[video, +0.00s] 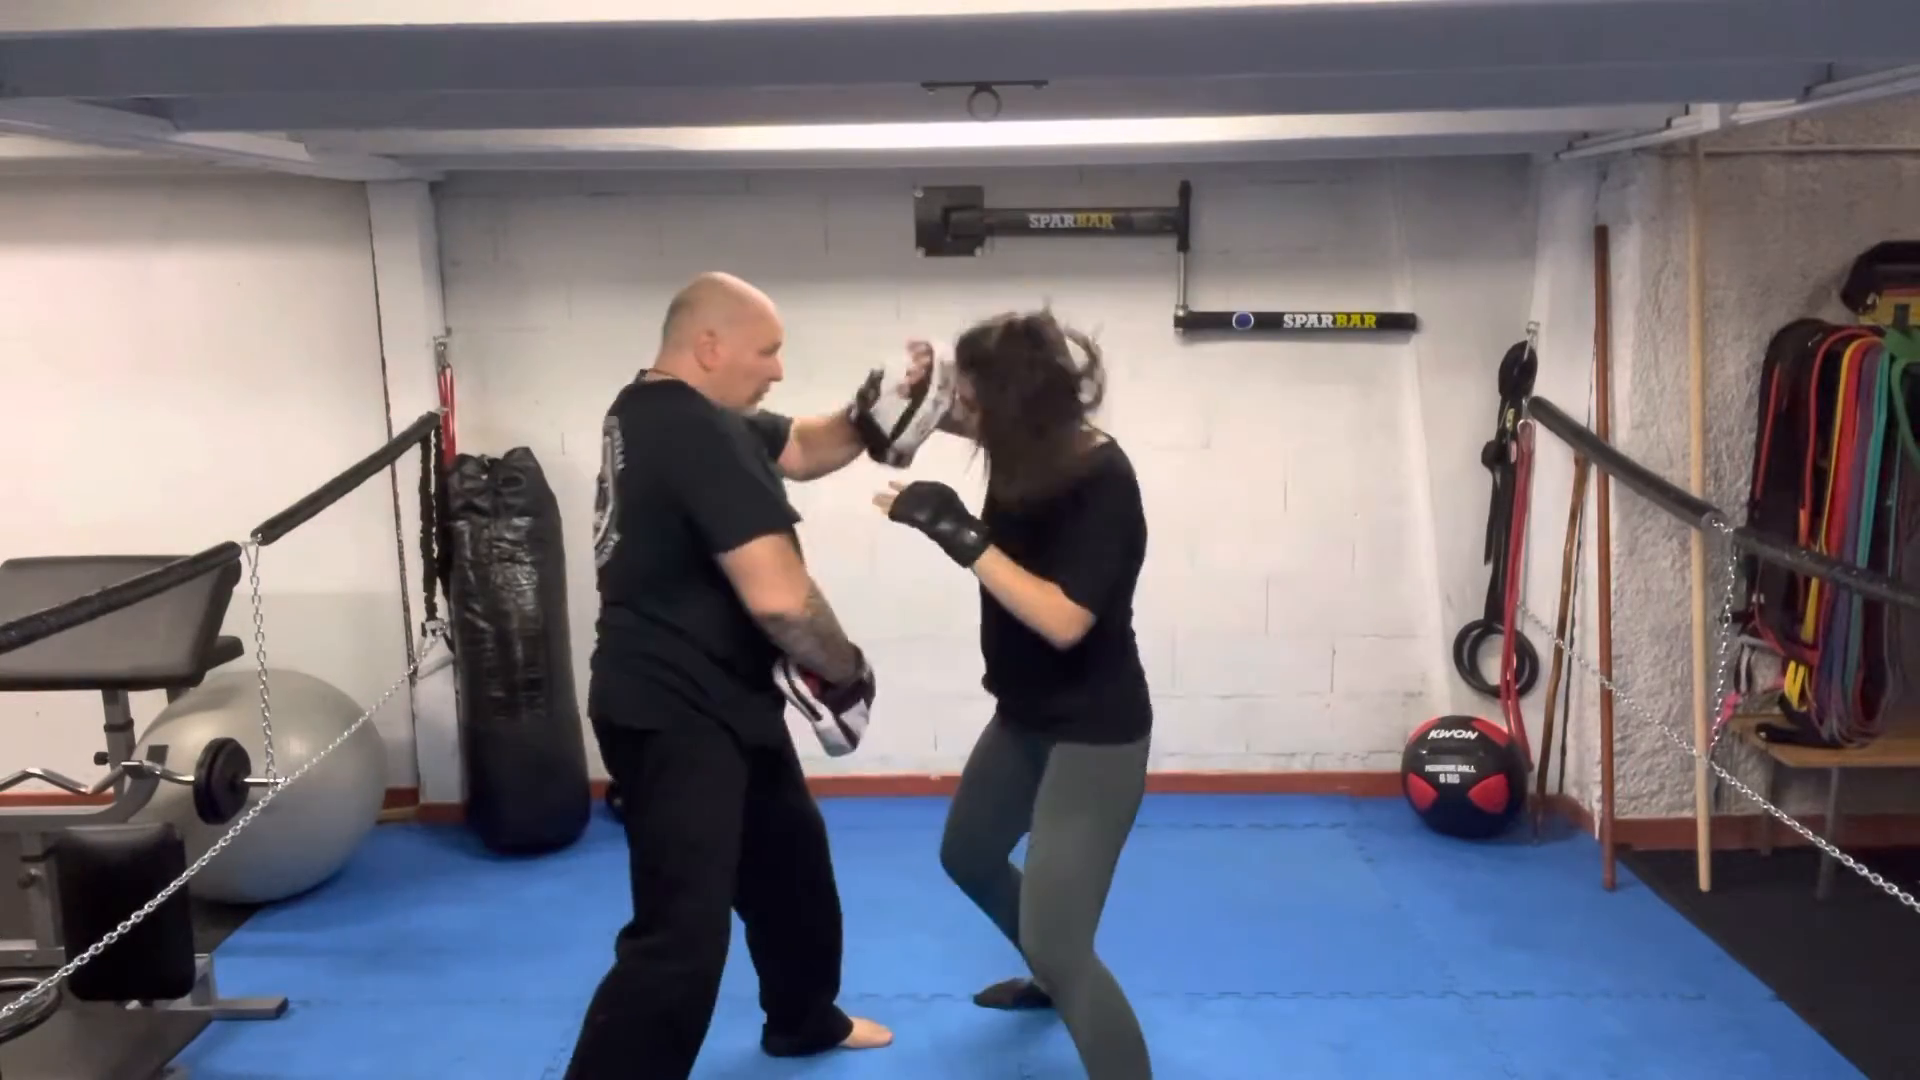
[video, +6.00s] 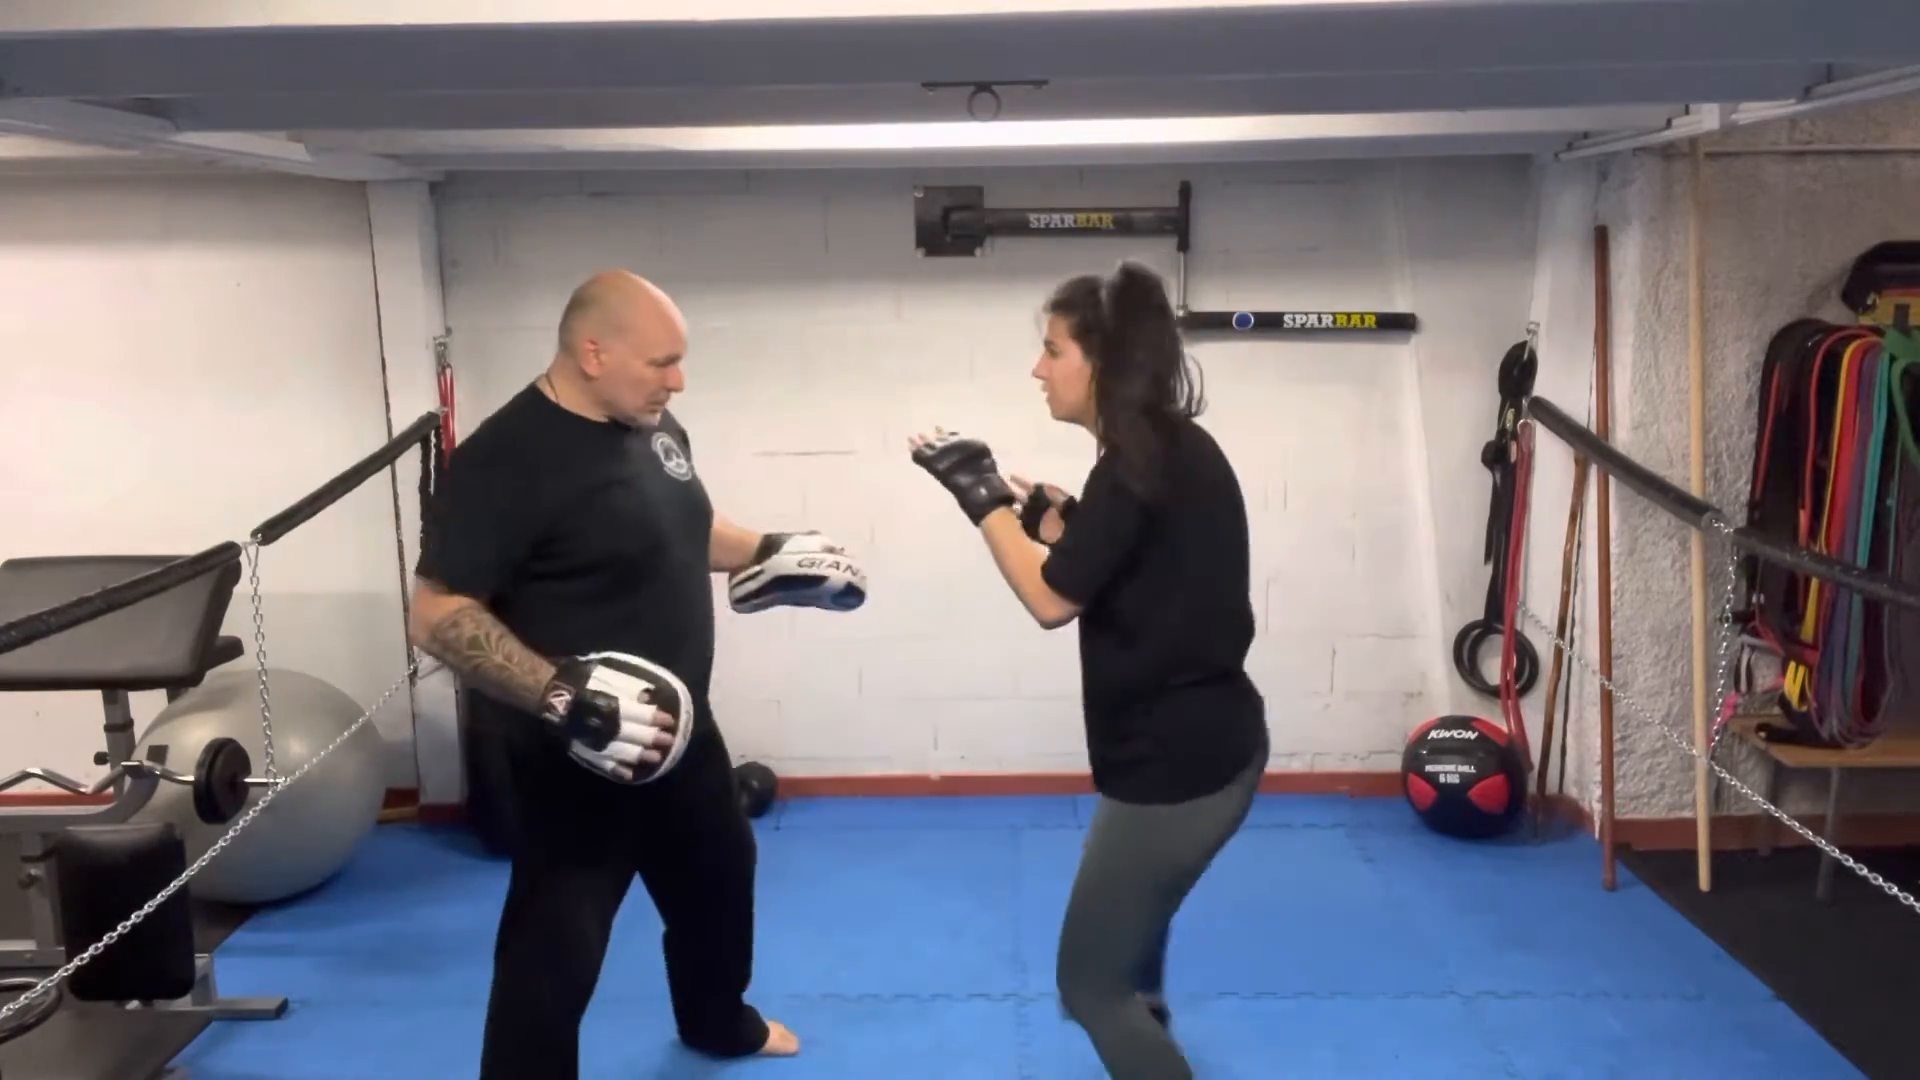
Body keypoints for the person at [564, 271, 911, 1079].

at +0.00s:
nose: (777, 369)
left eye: (777, 352)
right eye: (765, 351)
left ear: (699, 349)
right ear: (706, 347)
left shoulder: (681, 411)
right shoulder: (693, 427)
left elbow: (806, 445)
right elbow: (780, 601)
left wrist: (891, 402)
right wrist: (846, 677)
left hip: (725, 702)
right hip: (673, 711)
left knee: (790, 864)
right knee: (681, 938)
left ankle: (802, 1020)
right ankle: (608, 1076)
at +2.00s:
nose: (616, 404)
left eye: (618, 387)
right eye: (600, 386)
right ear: (531, 375)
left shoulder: (606, 424)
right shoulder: (446, 417)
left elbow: (684, 467)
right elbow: (432, 479)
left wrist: (737, 401)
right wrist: (588, 446)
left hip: (605, 727)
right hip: (486, 743)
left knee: (661, 876)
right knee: (458, 948)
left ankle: (696, 1031)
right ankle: (413, 1073)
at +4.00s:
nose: (795, 381)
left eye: (797, 365)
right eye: (782, 364)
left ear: (728, 355)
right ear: (717, 356)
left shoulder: (759, 450)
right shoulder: (685, 412)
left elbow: (834, 522)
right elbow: (859, 406)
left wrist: (928, 485)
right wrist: (967, 342)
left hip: (728, 709)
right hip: (637, 711)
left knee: (789, 840)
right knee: (576, 913)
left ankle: (796, 1022)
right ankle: (450, 1070)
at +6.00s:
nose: (678, 380)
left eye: (680, 360)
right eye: (663, 361)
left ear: (605, 356)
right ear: (594, 353)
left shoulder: (654, 433)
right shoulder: (497, 462)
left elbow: (681, 532)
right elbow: (436, 614)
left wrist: (775, 551)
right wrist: (564, 695)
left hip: (680, 743)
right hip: (570, 762)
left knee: (717, 881)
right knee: (550, 959)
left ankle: (716, 1021)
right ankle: (526, 1070)